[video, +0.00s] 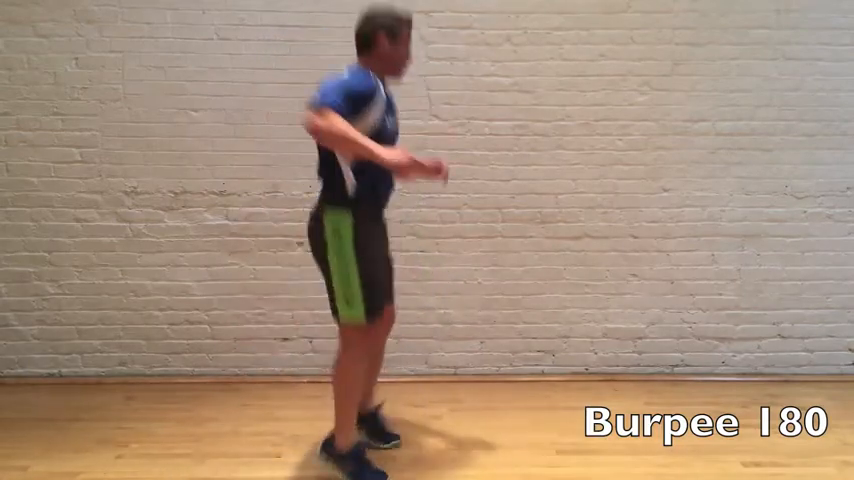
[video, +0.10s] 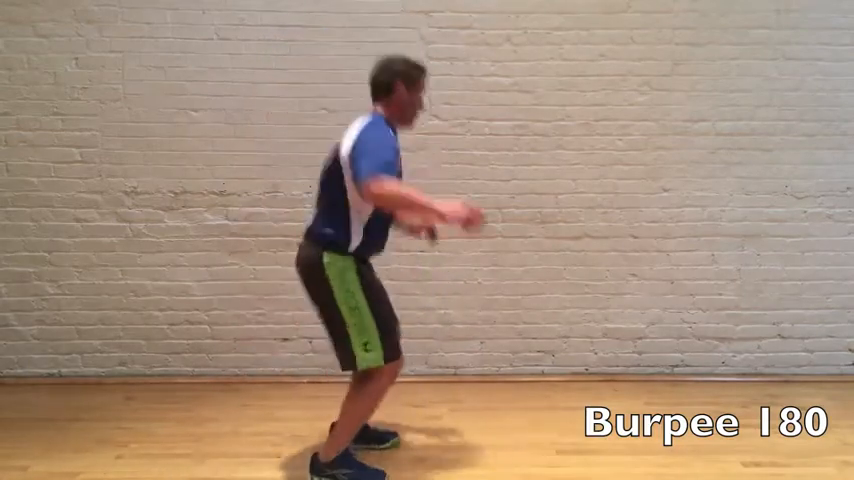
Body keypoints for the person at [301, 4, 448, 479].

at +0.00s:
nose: (409, 53)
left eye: (410, 44)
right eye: (404, 44)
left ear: (382, 45)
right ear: (380, 44)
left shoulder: (379, 93)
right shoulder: (354, 82)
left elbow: (374, 157)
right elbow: (318, 120)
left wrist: (416, 167)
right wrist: (380, 152)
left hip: (367, 219)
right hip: (342, 220)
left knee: (382, 317)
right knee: (358, 329)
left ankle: (362, 411)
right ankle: (341, 443)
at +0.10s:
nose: (422, 102)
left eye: (422, 93)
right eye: (418, 93)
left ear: (393, 93)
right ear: (396, 92)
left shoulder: (378, 133)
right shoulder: (373, 133)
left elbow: (369, 199)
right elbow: (376, 187)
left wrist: (410, 222)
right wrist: (443, 209)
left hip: (344, 256)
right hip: (333, 259)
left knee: (384, 350)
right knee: (384, 363)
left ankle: (349, 426)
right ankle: (330, 458)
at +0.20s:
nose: (443, 129)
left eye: (445, 121)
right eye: (441, 119)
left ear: (410, 113)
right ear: (420, 113)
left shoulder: (378, 144)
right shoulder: (391, 153)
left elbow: (363, 210)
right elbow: (403, 224)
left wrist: (398, 249)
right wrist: (462, 259)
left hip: (321, 255)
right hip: (325, 260)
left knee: (368, 349)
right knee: (381, 361)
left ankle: (348, 426)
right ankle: (330, 458)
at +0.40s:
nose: (475, 185)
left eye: (479, 177)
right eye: (476, 174)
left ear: (451, 160)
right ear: (457, 162)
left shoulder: (411, 174)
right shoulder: (423, 188)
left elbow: (400, 254)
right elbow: (427, 265)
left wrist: (431, 294)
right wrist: (459, 324)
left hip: (308, 245)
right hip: (310, 250)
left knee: (353, 346)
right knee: (363, 356)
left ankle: (345, 424)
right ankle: (326, 458)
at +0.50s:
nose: (484, 240)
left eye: (489, 234)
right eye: (486, 231)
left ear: (467, 213)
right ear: (470, 217)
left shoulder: (427, 218)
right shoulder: (429, 236)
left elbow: (425, 302)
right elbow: (437, 311)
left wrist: (457, 346)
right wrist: (469, 369)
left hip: (318, 259)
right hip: (307, 265)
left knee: (372, 328)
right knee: (370, 362)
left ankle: (347, 424)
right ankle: (326, 459)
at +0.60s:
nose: (488, 292)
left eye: (494, 286)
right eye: (491, 283)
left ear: (474, 265)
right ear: (477, 269)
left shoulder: (440, 263)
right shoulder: (437, 281)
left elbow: (444, 350)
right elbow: (450, 367)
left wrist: (465, 386)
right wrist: (481, 426)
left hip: (320, 274)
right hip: (311, 283)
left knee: (387, 335)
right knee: (384, 371)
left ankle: (348, 427)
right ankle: (327, 459)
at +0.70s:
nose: (494, 336)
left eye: (502, 333)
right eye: (499, 329)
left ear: (483, 304)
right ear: (486, 312)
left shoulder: (459, 300)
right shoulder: (451, 319)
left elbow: (459, 383)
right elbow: (462, 402)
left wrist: (476, 422)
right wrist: (488, 465)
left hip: (335, 258)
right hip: (326, 271)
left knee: (383, 347)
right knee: (381, 369)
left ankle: (348, 427)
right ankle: (328, 458)